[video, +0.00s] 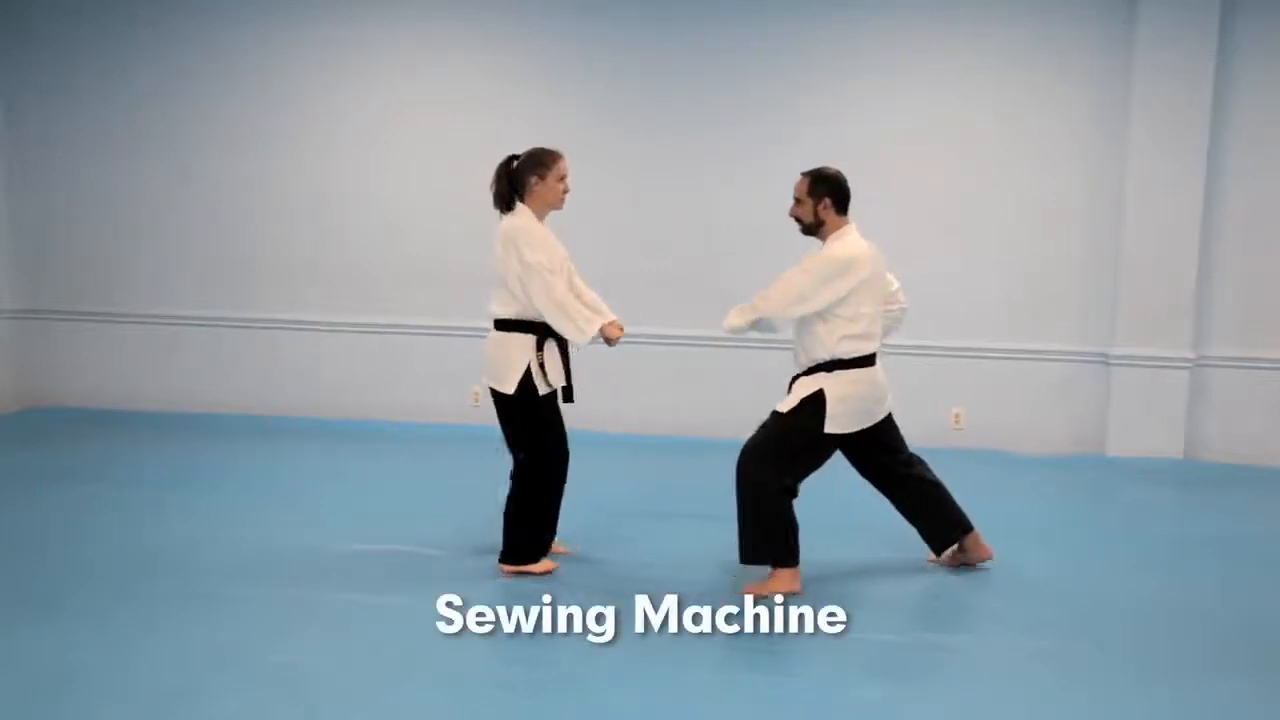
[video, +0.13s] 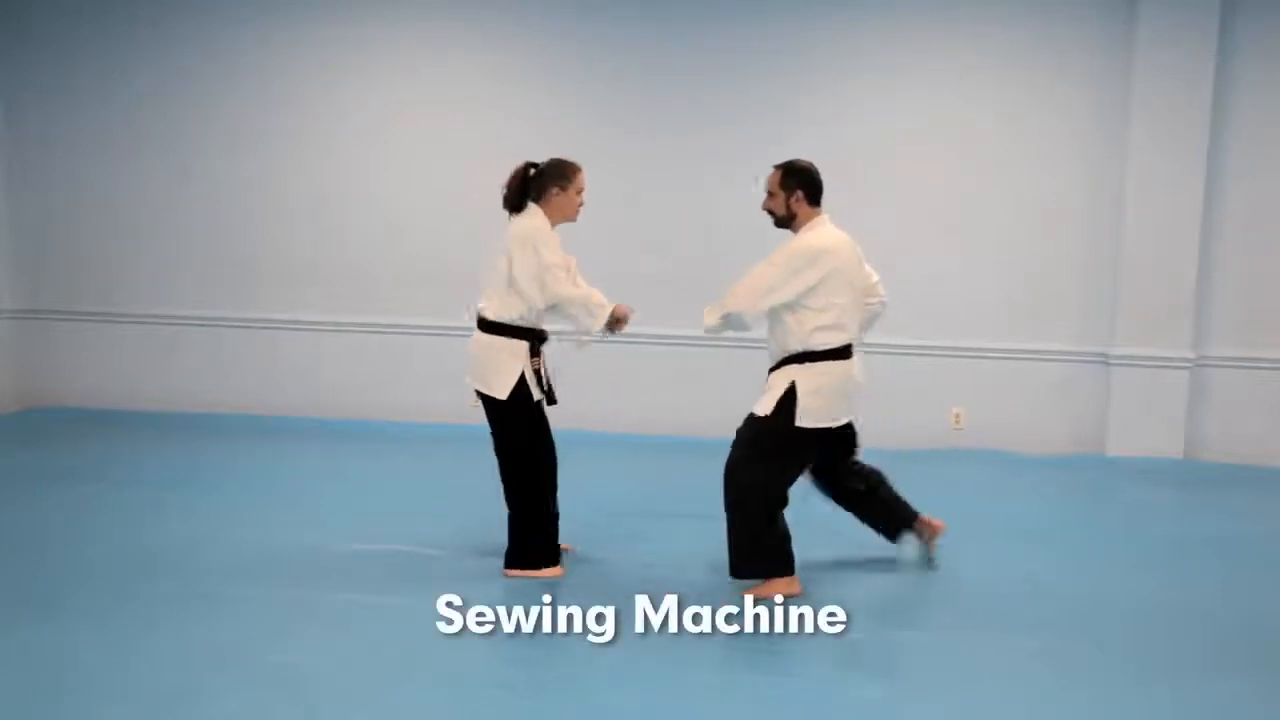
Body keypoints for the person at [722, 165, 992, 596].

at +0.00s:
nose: (791, 210)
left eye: (798, 201)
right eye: (793, 200)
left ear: (825, 206)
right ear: (831, 206)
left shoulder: (838, 254)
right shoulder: (865, 251)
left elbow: (780, 301)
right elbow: (894, 307)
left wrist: (739, 319)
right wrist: (858, 345)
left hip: (830, 393)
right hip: (864, 388)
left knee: (760, 464)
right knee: (897, 468)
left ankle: (784, 576)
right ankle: (968, 543)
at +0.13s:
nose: (764, 202)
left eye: (771, 194)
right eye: (765, 194)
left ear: (797, 198)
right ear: (804, 198)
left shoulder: (805, 248)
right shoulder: (842, 243)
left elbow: (743, 305)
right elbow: (874, 299)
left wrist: (720, 316)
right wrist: (838, 337)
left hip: (801, 386)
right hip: (838, 381)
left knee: (750, 473)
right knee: (836, 470)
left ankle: (776, 578)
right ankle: (917, 525)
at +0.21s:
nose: (743, 201)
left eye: (749, 192)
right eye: (744, 191)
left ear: (776, 195)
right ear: (785, 196)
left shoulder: (780, 246)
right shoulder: (827, 240)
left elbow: (723, 304)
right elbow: (857, 291)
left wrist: (704, 322)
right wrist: (824, 329)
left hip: (785, 381)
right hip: (823, 377)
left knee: (741, 473)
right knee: (780, 462)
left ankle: (774, 578)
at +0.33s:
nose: (712, 200)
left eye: (718, 191)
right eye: (713, 190)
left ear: (745, 195)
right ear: (753, 195)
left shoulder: (750, 244)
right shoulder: (797, 239)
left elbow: (700, 308)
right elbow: (825, 293)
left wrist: (679, 331)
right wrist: (790, 331)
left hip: (762, 379)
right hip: (793, 374)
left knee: (737, 482)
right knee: (696, 421)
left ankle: (774, 578)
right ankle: (701, 523)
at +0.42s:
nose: (691, 199)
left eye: (697, 191)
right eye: (693, 190)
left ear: (724, 195)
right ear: (730, 195)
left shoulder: (732, 243)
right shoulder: (765, 237)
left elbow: (701, 310)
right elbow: (775, 299)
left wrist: (673, 335)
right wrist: (719, 332)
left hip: (744, 378)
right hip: (756, 372)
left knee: (731, 485)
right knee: (674, 433)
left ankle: (771, 579)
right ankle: (626, 512)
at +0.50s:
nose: (669, 199)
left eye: (676, 191)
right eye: (671, 190)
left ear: (702, 195)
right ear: (704, 196)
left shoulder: (716, 246)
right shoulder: (713, 241)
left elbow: (722, 319)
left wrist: (673, 338)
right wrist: (661, 308)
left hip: (728, 382)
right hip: (706, 378)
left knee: (723, 488)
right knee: (654, 453)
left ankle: (773, 577)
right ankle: (606, 526)